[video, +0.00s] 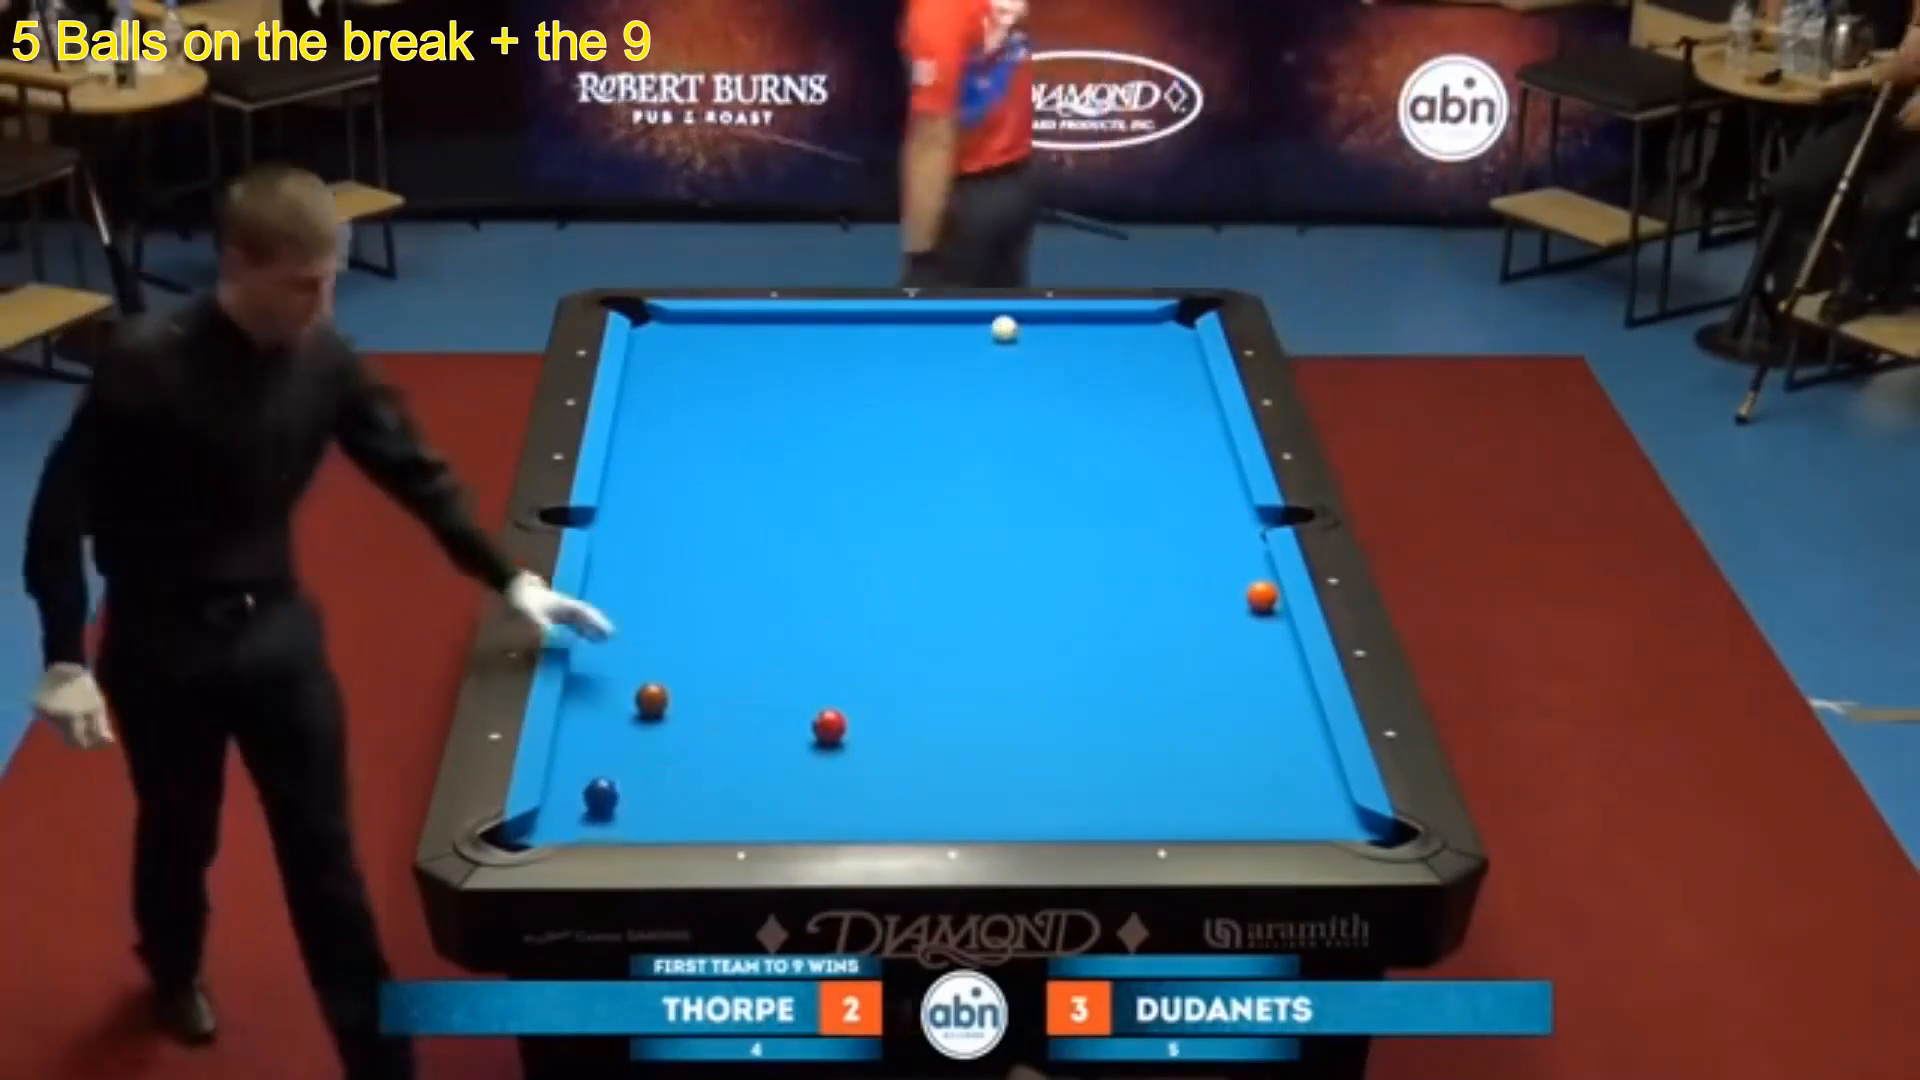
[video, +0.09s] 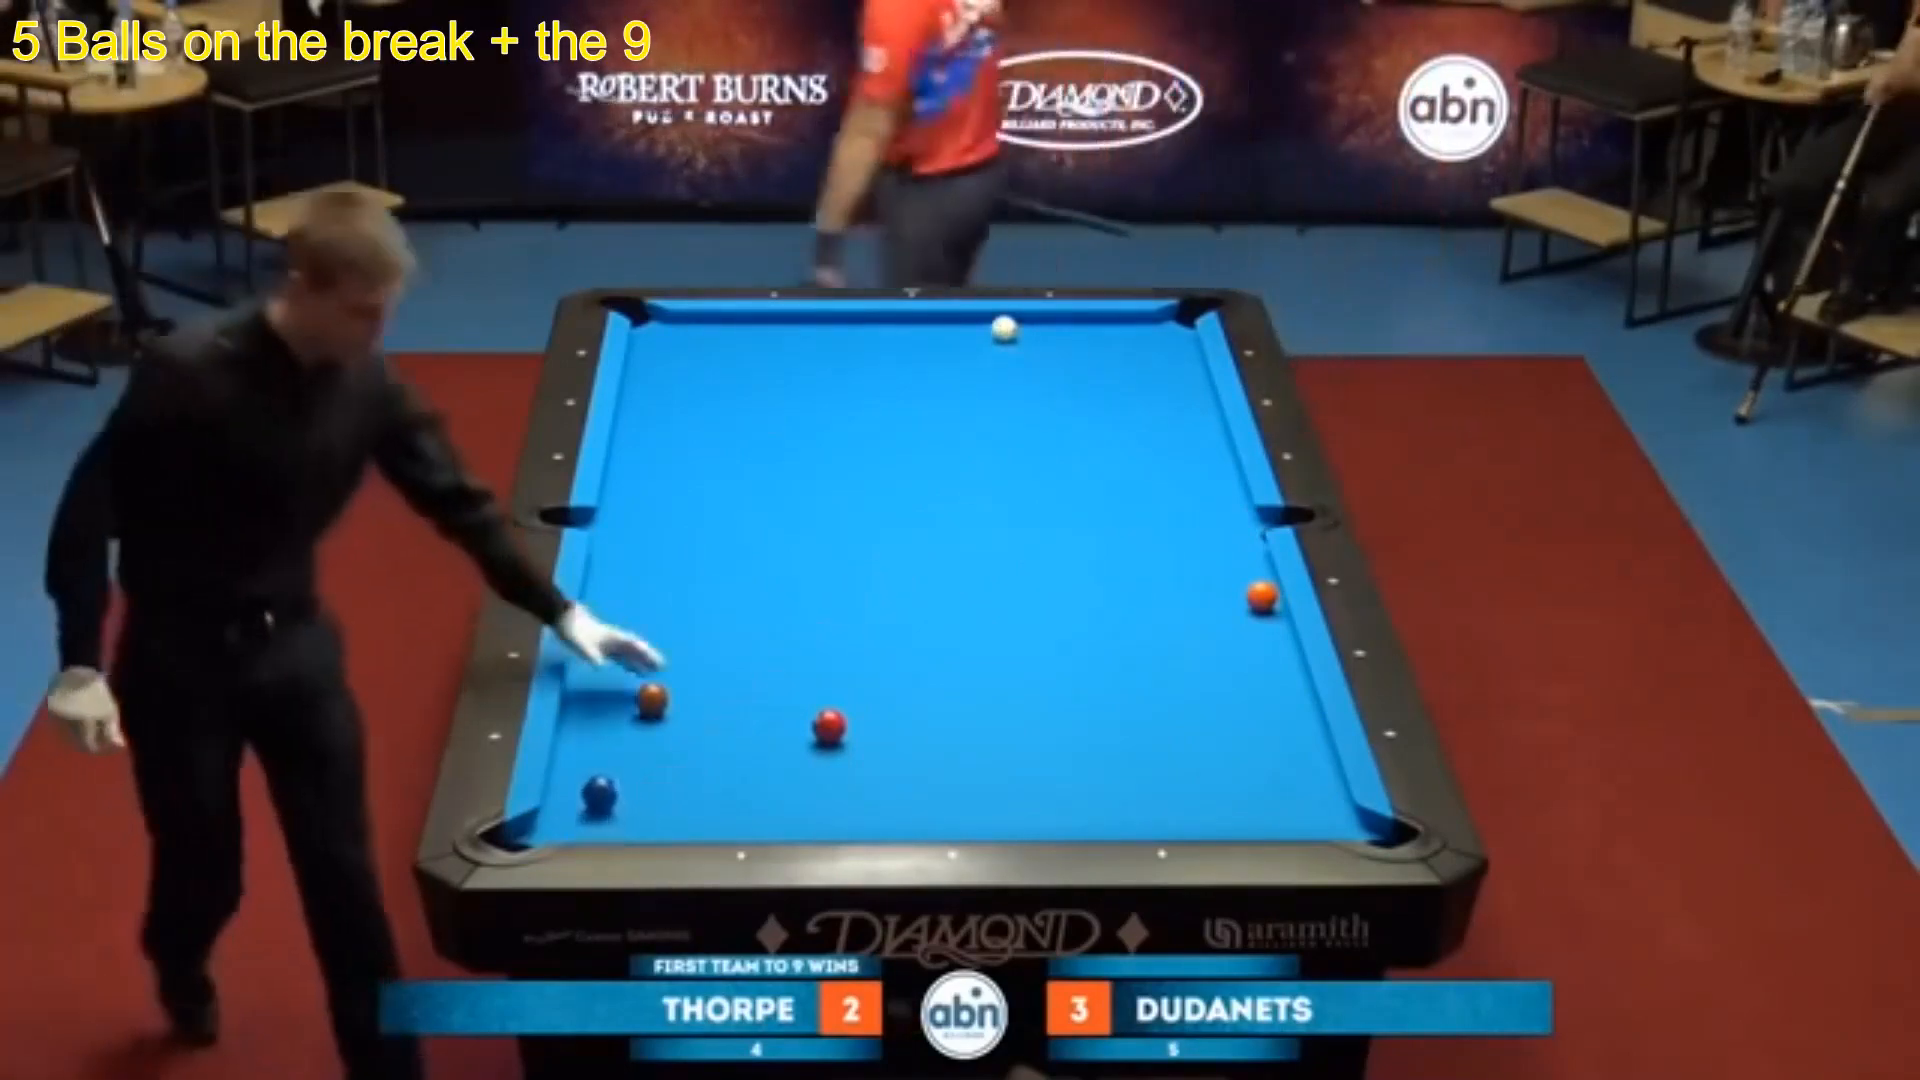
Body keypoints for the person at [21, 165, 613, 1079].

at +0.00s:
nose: (322, 304)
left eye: (328, 282)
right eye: (303, 285)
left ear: (331, 266)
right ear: (238, 270)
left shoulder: (324, 362)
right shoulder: (144, 366)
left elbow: (414, 471)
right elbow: (57, 512)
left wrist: (510, 578)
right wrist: (64, 658)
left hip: (272, 626)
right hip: (159, 640)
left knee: (325, 861)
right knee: (177, 836)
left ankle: (378, 1058)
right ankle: (176, 979)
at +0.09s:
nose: (376, 333)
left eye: (385, 314)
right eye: (363, 313)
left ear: (389, 300)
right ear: (301, 287)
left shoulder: (367, 389)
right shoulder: (184, 375)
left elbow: (460, 503)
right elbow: (86, 511)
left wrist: (568, 615)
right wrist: (79, 664)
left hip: (289, 640)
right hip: (174, 653)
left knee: (344, 881)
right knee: (203, 872)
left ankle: (383, 1061)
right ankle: (179, 970)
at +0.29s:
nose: (472, 381)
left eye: (481, 362)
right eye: (464, 360)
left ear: (418, 329)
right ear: (403, 325)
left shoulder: (436, 428)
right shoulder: (250, 398)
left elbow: (501, 558)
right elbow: (121, 515)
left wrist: (591, 678)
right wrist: (86, 660)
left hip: (327, 673)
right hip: (208, 683)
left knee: (371, 928)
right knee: (242, 941)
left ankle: (391, 1073)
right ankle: (231, 1079)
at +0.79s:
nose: (573, 475)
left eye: (579, 455)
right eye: (573, 454)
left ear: (517, 444)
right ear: (528, 449)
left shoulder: (464, 533)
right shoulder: (349, 538)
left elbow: (466, 696)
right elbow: (212, 718)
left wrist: (574, 778)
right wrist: (221, 889)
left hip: (360, 823)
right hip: (268, 844)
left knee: (392, 1050)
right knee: (290, 1061)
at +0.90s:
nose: (589, 470)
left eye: (593, 453)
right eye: (588, 452)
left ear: (530, 446)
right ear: (547, 451)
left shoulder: (474, 540)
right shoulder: (377, 546)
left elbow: (489, 695)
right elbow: (258, 726)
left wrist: (604, 775)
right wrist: (286, 898)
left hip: (362, 812)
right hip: (265, 838)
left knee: (427, 1045)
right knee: (290, 1065)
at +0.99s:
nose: (617, 493)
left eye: (620, 475)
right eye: (616, 474)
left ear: (516, 453)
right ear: (577, 475)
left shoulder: (491, 557)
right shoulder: (419, 568)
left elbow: (534, 694)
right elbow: (331, 744)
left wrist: (640, 771)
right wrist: (386, 915)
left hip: (388, 830)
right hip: (293, 859)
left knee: (486, 1031)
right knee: (317, 1066)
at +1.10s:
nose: (640, 506)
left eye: (643, 487)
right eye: (638, 487)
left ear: (541, 469)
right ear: (599, 487)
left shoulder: (510, 568)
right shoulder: (448, 590)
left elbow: (563, 699)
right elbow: (368, 770)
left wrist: (667, 763)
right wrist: (440, 931)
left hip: (403, 861)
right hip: (323, 887)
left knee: (517, 1046)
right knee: (349, 1067)